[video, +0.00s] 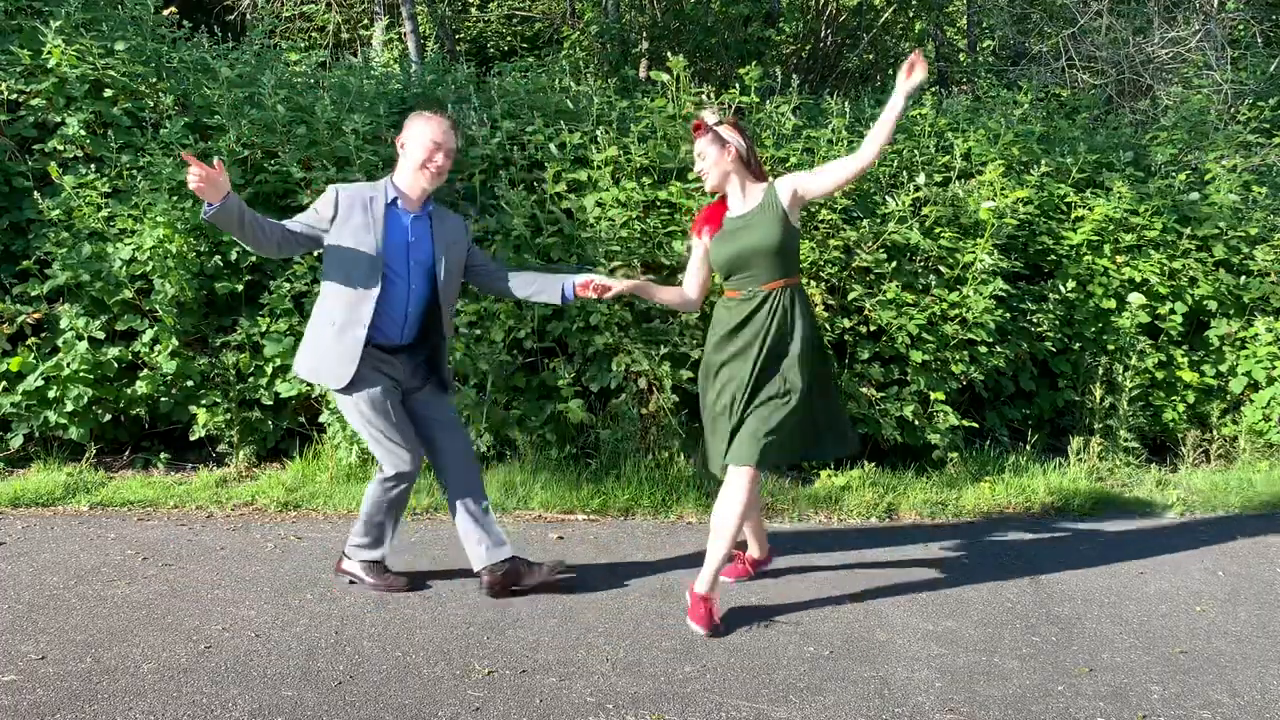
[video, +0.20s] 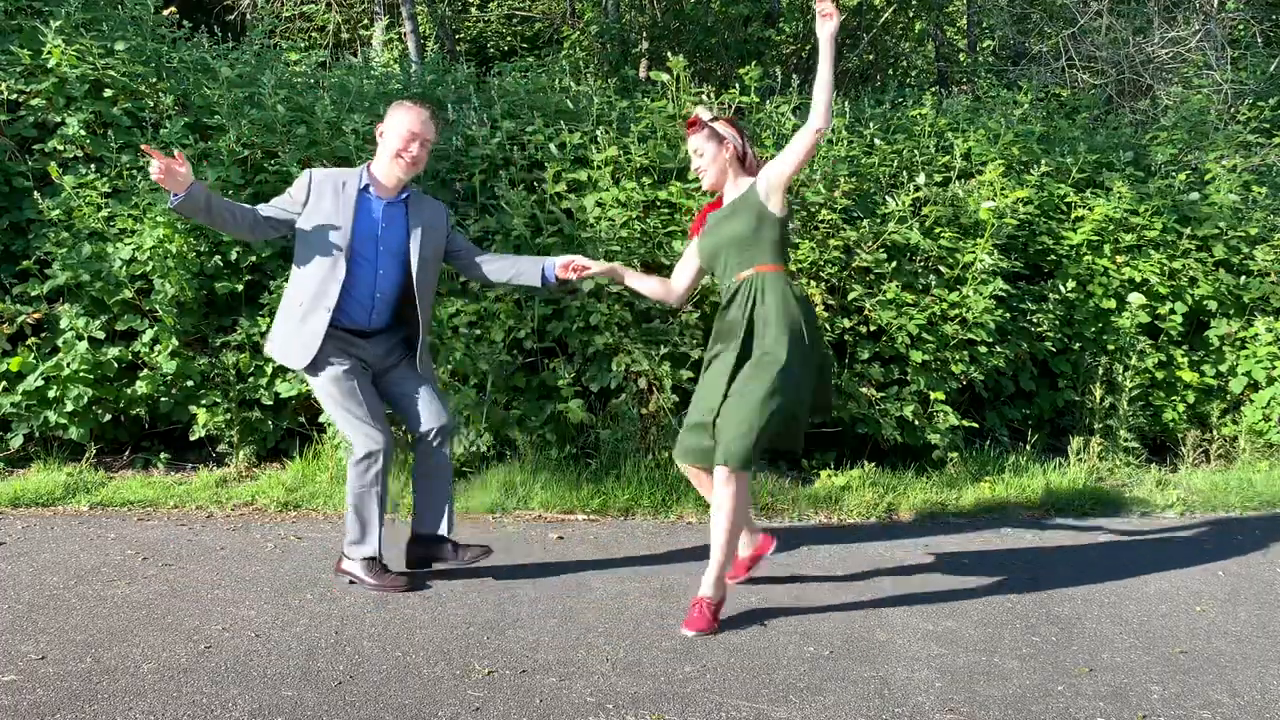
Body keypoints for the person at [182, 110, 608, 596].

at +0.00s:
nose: (442, 161)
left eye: (450, 154)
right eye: (433, 149)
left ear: (452, 163)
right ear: (401, 146)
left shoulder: (451, 228)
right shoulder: (346, 202)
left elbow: (500, 279)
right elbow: (279, 240)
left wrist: (572, 285)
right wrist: (225, 203)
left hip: (417, 364)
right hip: (354, 360)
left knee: (458, 455)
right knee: (401, 462)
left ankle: (498, 566)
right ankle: (361, 559)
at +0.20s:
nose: (416, 151)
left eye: (425, 144)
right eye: (408, 139)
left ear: (429, 153)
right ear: (379, 137)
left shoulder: (432, 215)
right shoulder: (321, 188)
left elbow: (479, 265)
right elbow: (255, 222)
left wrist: (551, 268)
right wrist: (190, 192)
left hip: (392, 346)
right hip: (327, 342)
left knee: (436, 426)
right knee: (371, 440)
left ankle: (429, 542)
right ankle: (360, 558)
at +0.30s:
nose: (407, 149)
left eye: (416, 141)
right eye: (399, 137)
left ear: (421, 150)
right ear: (370, 136)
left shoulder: (425, 213)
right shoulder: (314, 187)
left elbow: (473, 264)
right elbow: (249, 222)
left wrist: (543, 270)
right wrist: (182, 192)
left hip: (385, 346)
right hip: (320, 340)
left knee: (415, 430)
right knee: (363, 436)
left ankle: (379, 528)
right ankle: (357, 558)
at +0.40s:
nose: (400, 153)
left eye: (408, 146)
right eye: (391, 142)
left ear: (413, 154)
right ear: (362, 141)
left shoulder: (419, 217)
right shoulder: (308, 193)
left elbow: (461, 270)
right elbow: (244, 229)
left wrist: (534, 278)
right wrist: (175, 200)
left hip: (375, 350)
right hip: (315, 343)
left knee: (397, 444)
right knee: (360, 442)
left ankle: (319, 495)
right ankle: (360, 560)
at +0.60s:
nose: (390, 149)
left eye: (400, 142)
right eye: (382, 138)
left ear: (408, 152)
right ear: (359, 138)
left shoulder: (414, 212)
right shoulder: (307, 188)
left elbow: (452, 265)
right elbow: (247, 226)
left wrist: (514, 275)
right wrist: (177, 212)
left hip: (365, 342)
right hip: (311, 334)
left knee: (342, 445)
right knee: (356, 435)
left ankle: (245, 493)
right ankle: (357, 558)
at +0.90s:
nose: (409, 162)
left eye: (419, 154)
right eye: (400, 151)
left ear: (430, 162)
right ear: (381, 154)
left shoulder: (434, 221)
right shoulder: (337, 209)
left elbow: (441, 281)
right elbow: (283, 256)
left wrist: (476, 291)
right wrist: (225, 257)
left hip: (382, 356)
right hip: (340, 350)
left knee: (328, 444)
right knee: (398, 441)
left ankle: (232, 507)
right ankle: (374, 549)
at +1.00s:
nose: (429, 151)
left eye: (439, 143)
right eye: (419, 141)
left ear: (450, 150)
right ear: (400, 145)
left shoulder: (454, 213)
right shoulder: (359, 203)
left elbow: (458, 276)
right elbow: (315, 256)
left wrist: (484, 283)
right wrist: (263, 272)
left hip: (412, 349)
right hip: (364, 343)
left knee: (400, 454)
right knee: (402, 443)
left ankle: (296, 488)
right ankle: (375, 548)